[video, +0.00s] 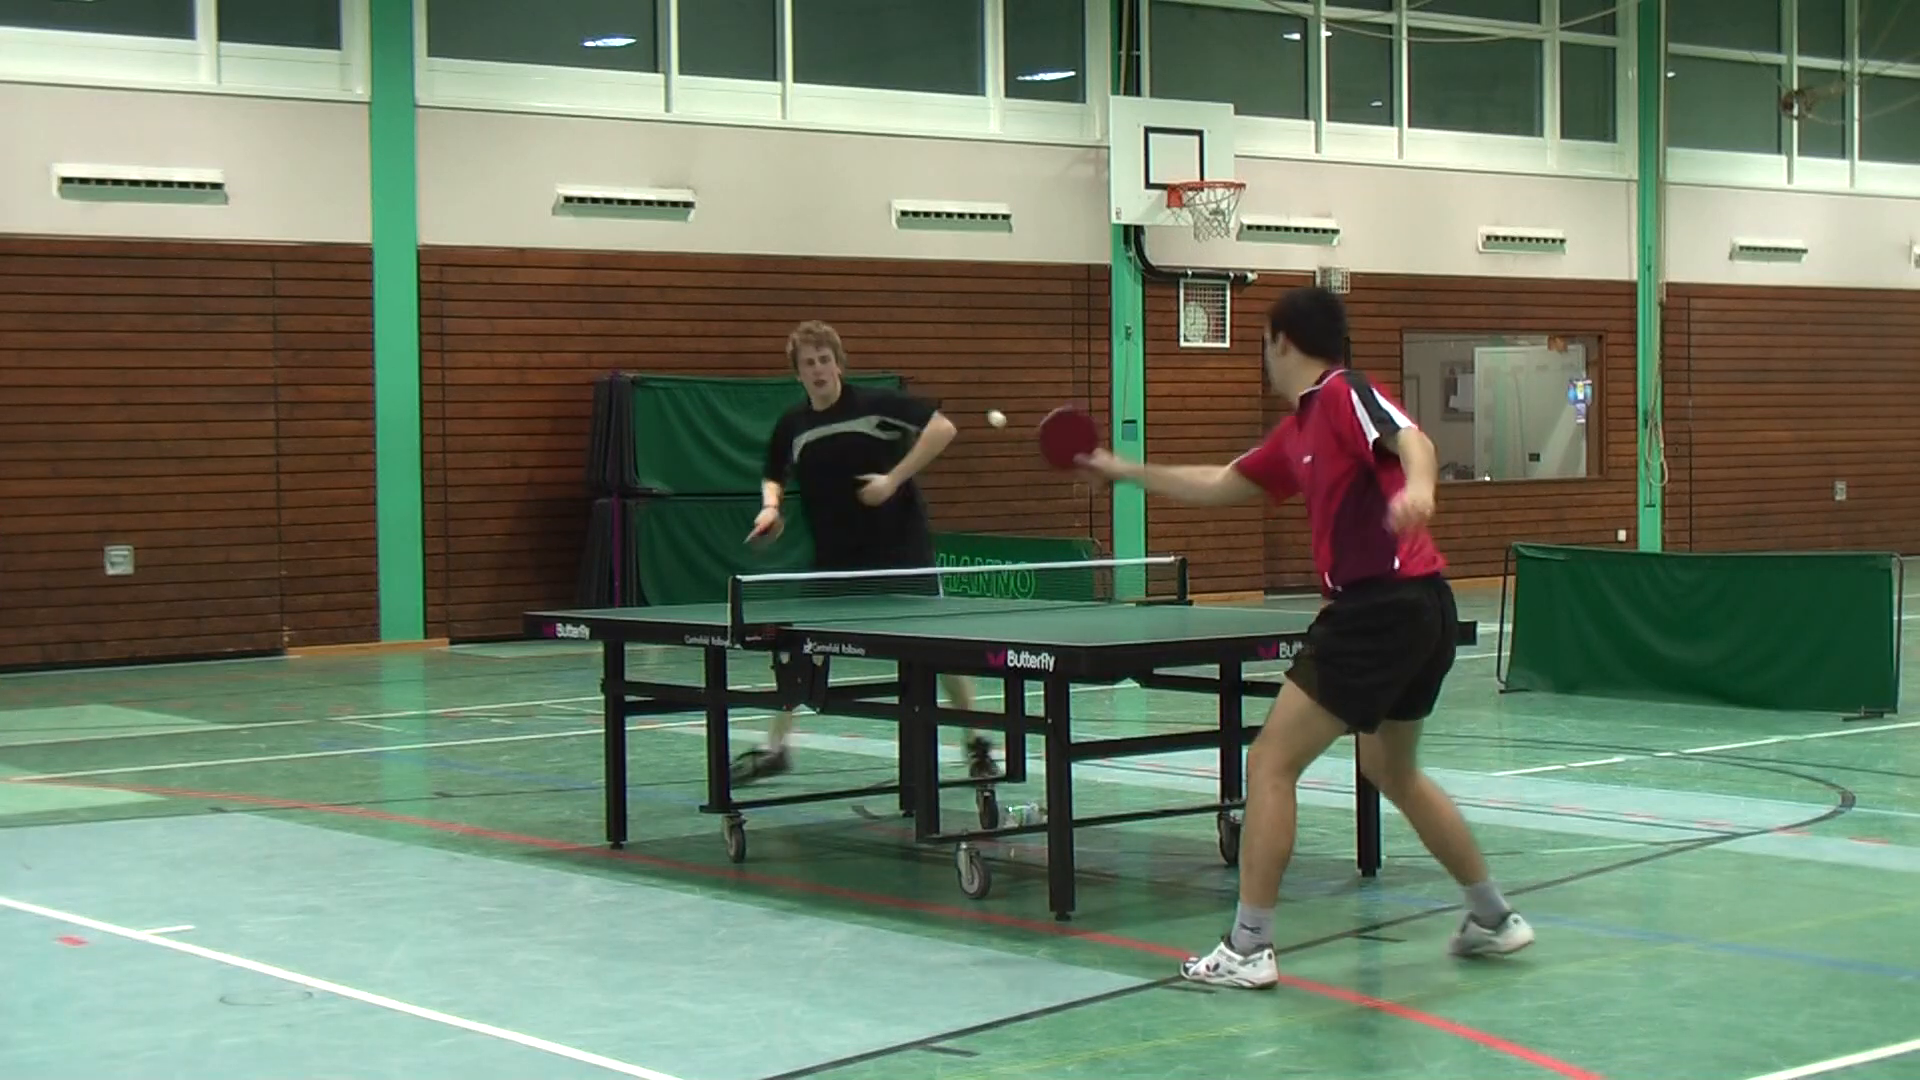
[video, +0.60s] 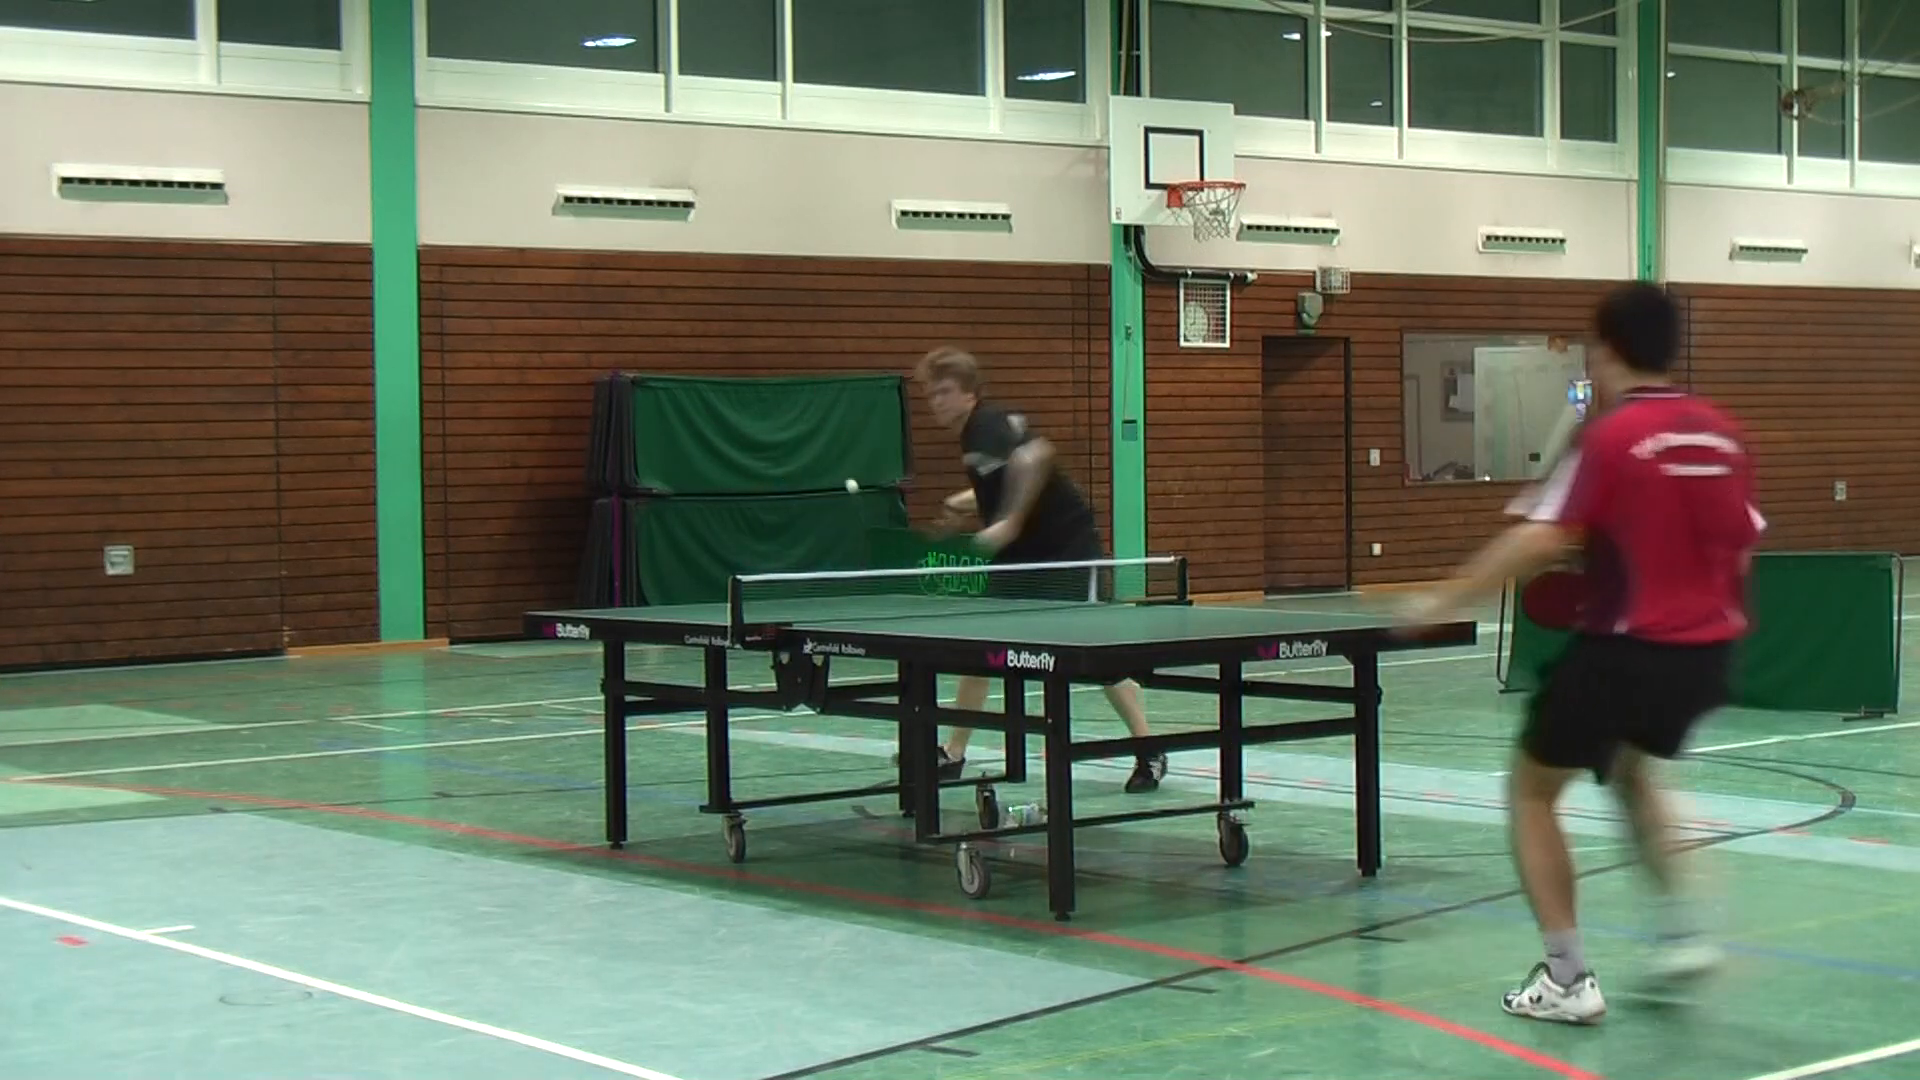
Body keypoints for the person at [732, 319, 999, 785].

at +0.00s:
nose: (817, 369)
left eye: (824, 360)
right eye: (808, 363)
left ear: (840, 363)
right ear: (797, 371)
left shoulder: (878, 405)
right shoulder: (792, 426)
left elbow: (942, 428)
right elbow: (773, 476)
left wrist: (894, 477)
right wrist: (771, 507)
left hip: (903, 559)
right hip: (834, 563)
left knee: (941, 650)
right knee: (798, 649)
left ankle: (977, 742)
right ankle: (776, 747)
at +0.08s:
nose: (822, 379)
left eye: (829, 369)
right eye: (812, 372)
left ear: (843, 371)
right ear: (800, 380)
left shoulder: (880, 413)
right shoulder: (804, 432)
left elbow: (920, 456)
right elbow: (791, 485)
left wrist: (859, 494)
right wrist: (774, 522)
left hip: (914, 541)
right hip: (858, 546)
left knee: (940, 637)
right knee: (824, 640)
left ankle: (1012, 719)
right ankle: (836, 742)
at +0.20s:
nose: (841, 404)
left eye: (848, 392)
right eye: (831, 397)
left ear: (863, 394)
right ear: (820, 404)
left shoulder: (886, 434)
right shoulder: (841, 445)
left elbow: (863, 492)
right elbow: (847, 494)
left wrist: (808, 503)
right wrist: (830, 526)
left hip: (948, 557)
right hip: (893, 559)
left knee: (994, 651)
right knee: (841, 639)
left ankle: (1064, 747)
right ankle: (847, 755)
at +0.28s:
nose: (853, 410)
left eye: (860, 398)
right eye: (843, 403)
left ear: (877, 396)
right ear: (835, 408)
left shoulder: (895, 431)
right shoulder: (877, 441)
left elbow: (843, 494)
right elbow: (902, 495)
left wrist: (803, 497)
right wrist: (882, 524)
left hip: (980, 549)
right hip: (927, 556)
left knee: (1017, 644)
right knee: (891, 650)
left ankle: (1081, 737)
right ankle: (867, 754)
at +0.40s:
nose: (880, 416)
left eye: (886, 406)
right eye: (873, 409)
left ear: (907, 400)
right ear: (869, 409)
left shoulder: (923, 432)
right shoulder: (912, 436)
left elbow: (869, 493)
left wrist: (823, 505)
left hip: (1018, 541)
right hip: (969, 547)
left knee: (1050, 647)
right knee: (930, 647)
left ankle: (1120, 741)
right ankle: (938, 750)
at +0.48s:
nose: (907, 415)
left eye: (914, 404)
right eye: (900, 407)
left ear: (936, 402)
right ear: (896, 410)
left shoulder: (951, 431)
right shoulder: (923, 441)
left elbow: (911, 496)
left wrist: (869, 525)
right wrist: (972, 545)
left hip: (1040, 551)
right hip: (989, 555)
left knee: (1068, 654)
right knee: (948, 650)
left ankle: (1134, 749)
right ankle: (940, 755)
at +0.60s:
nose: (932, 403)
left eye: (940, 393)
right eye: (930, 394)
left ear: (967, 391)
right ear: (940, 394)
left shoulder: (990, 422)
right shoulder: (973, 433)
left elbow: (1035, 452)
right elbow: (1005, 481)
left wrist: (1010, 519)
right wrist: (969, 500)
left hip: (1068, 551)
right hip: (1020, 555)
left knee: (1096, 651)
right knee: (979, 649)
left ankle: (1148, 747)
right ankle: (952, 752)